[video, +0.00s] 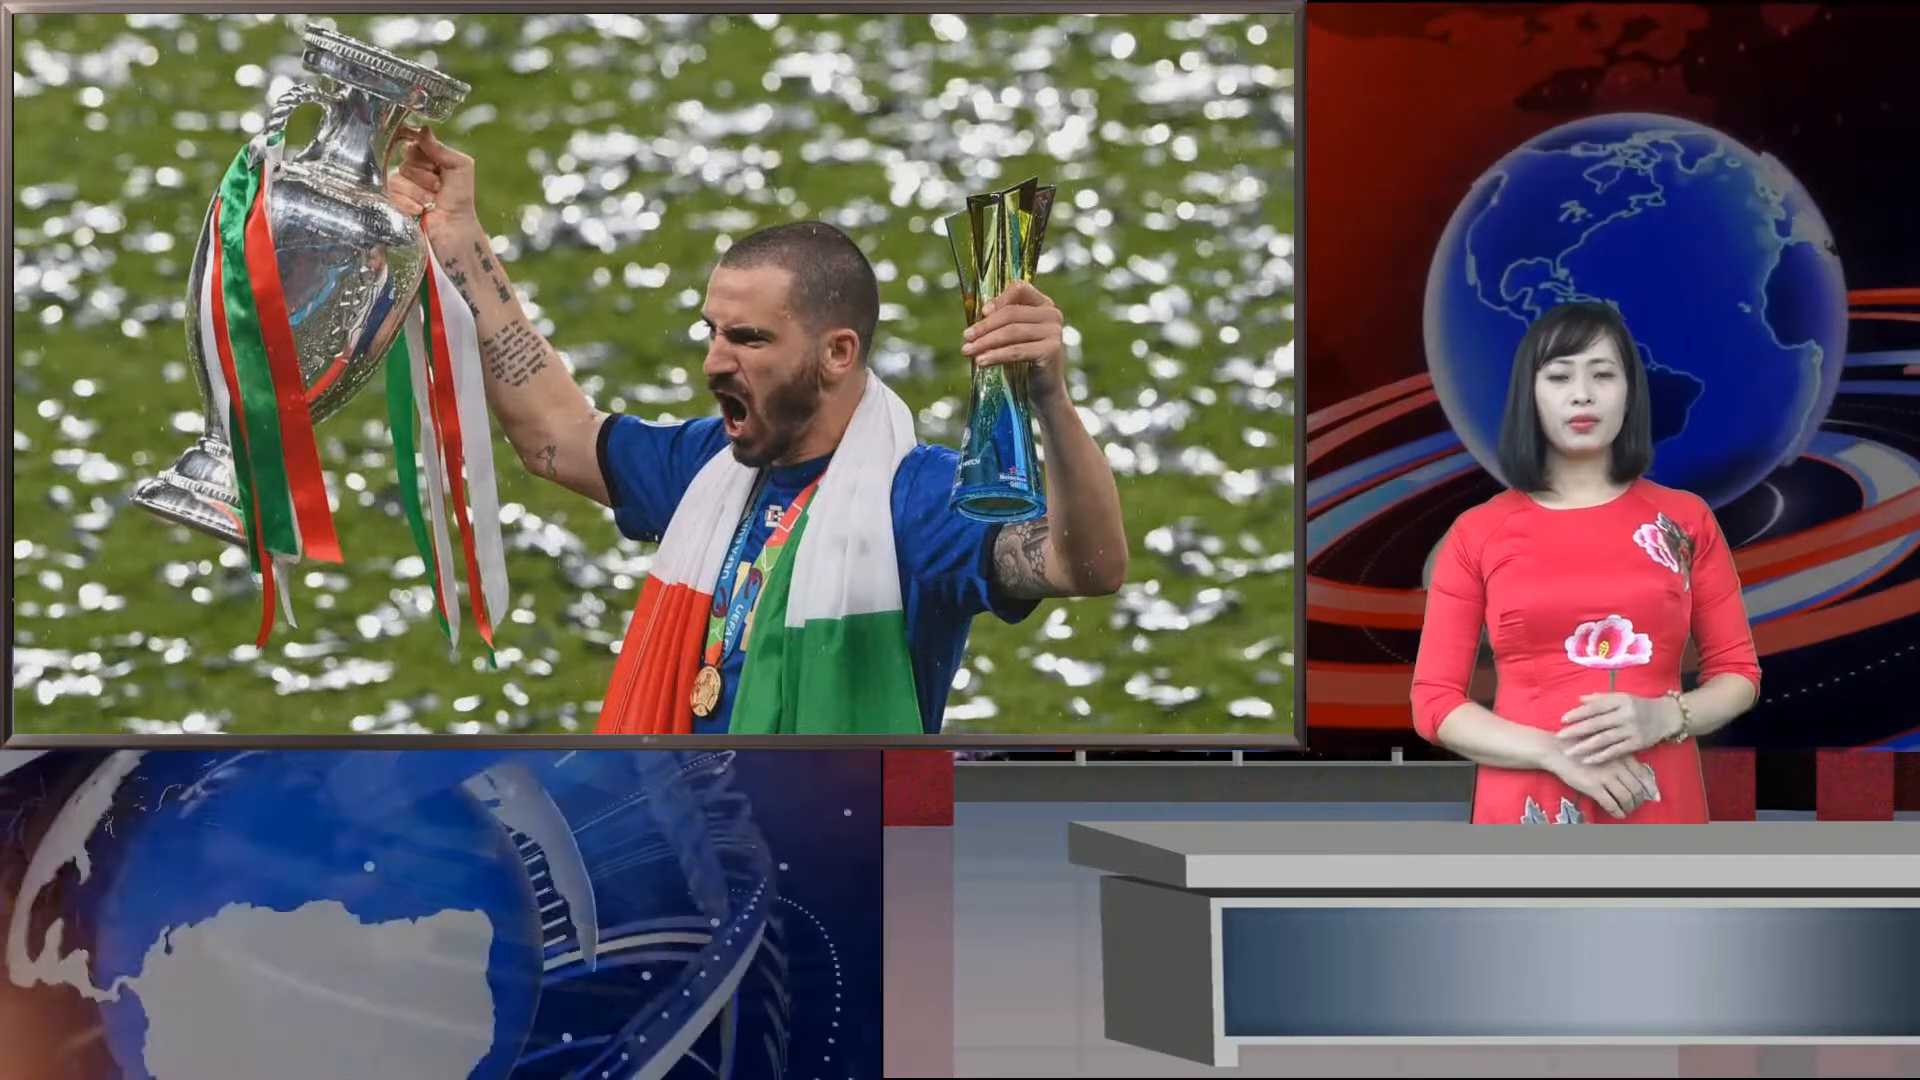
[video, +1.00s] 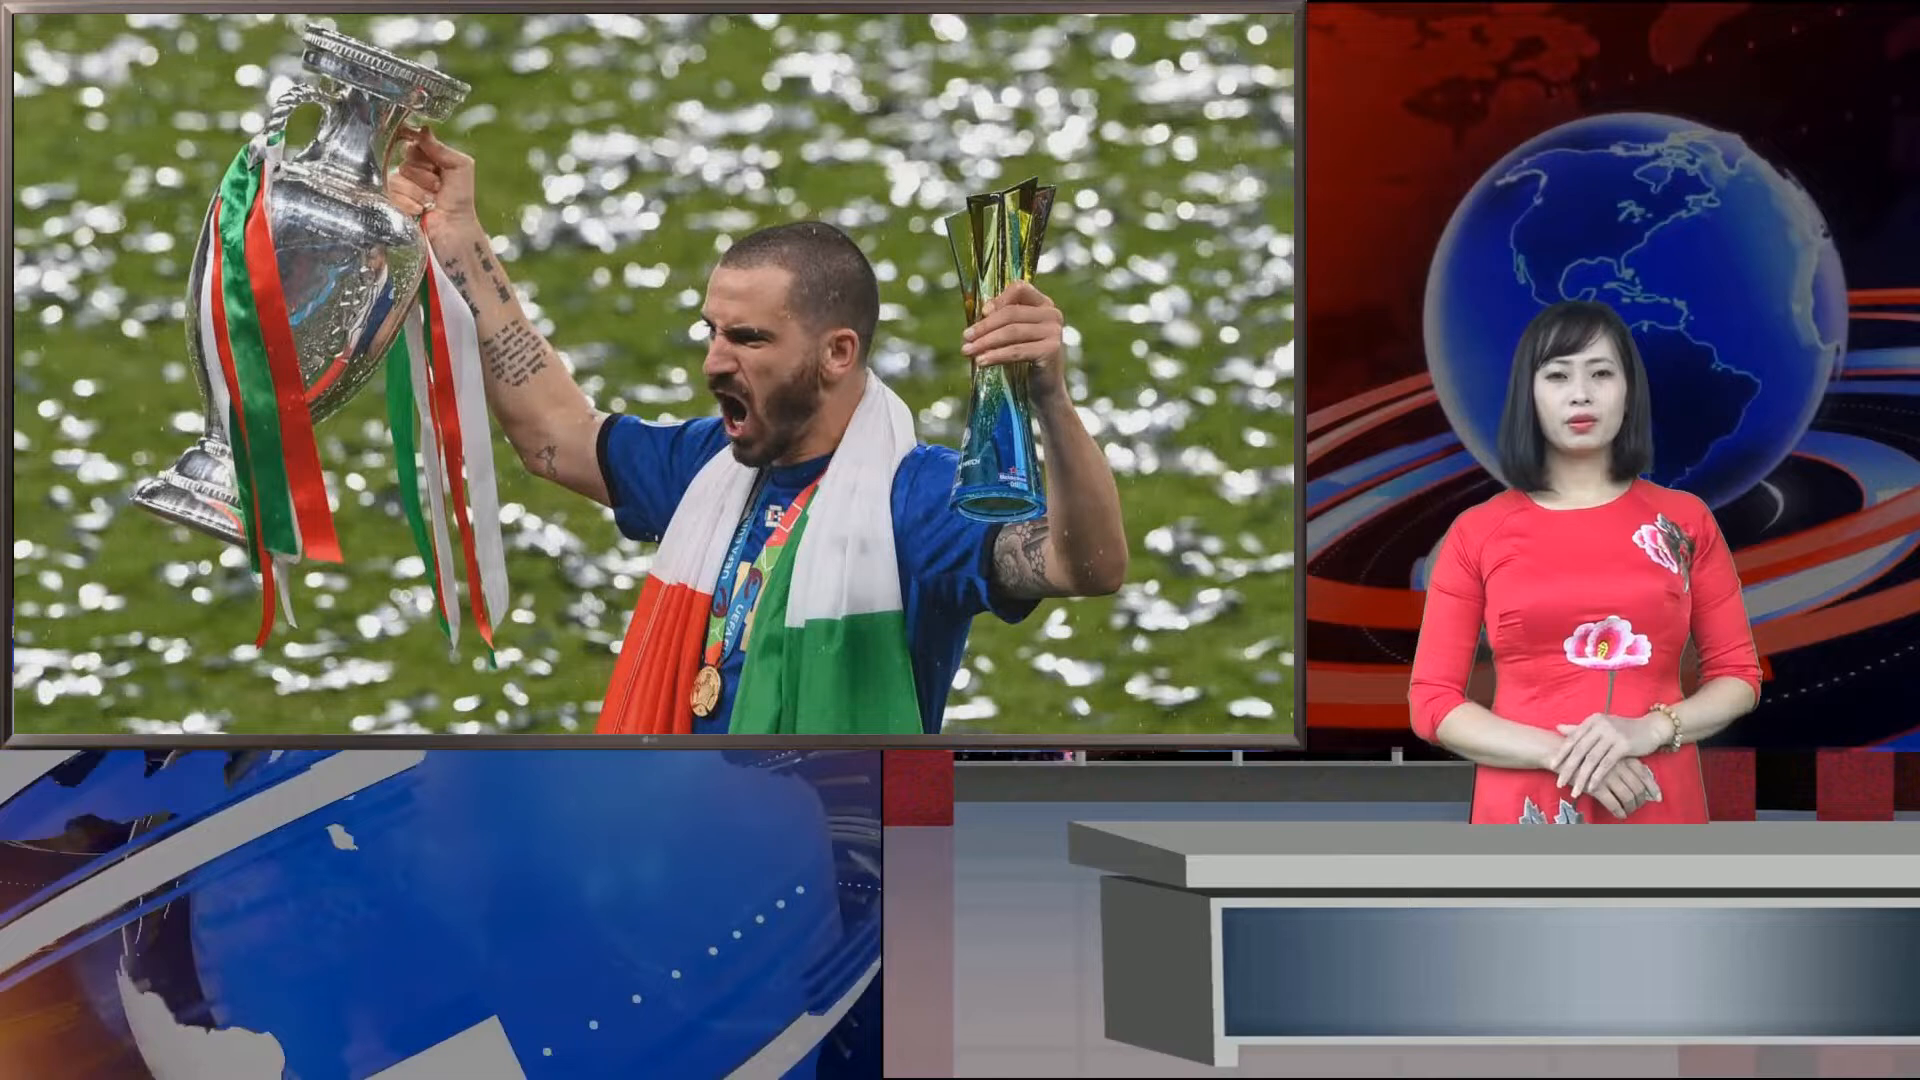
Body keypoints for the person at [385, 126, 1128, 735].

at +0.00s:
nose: (713, 361)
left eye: (747, 339)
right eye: (711, 333)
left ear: (839, 355)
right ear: (705, 327)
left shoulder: (914, 493)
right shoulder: (703, 465)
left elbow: (1089, 563)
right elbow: (557, 438)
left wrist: (1049, 398)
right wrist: (465, 255)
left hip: (831, 897)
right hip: (672, 886)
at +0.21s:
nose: (713, 361)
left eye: (747, 339)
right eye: (711, 333)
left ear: (839, 356)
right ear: (705, 327)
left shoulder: (914, 493)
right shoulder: (703, 465)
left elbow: (1089, 563)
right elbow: (557, 438)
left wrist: (1049, 398)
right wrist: (465, 255)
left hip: (834, 893)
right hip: (672, 883)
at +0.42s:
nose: (713, 361)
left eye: (747, 339)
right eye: (711, 333)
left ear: (839, 355)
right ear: (705, 327)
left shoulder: (914, 493)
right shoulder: (703, 465)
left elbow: (1089, 563)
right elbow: (557, 438)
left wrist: (1049, 398)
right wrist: (465, 255)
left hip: (837, 899)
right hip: (674, 886)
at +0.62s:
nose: (713, 362)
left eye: (747, 339)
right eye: (711, 333)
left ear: (839, 355)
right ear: (705, 327)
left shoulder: (914, 493)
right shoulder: (703, 466)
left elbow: (1089, 563)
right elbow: (557, 438)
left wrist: (1049, 398)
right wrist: (464, 254)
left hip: (833, 897)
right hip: (670, 889)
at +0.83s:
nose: (713, 362)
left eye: (747, 339)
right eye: (711, 333)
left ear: (839, 355)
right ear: (705, 327)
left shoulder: (914, 493)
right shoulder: (703, 466)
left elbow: (1089, 563)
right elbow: (557, 438)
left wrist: (1049, 399)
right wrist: (464, 254)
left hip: (828, 901)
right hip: (673, 892)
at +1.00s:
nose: (714, 362)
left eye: (747, 339)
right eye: (712, 333)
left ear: (839, 355)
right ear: (705, 327)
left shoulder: (914, 493)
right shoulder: (703, 466)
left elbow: (1089, 563)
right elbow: (557, 438)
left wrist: (1049, 399)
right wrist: (465, 254)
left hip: (829, 902)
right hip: (672, 894)